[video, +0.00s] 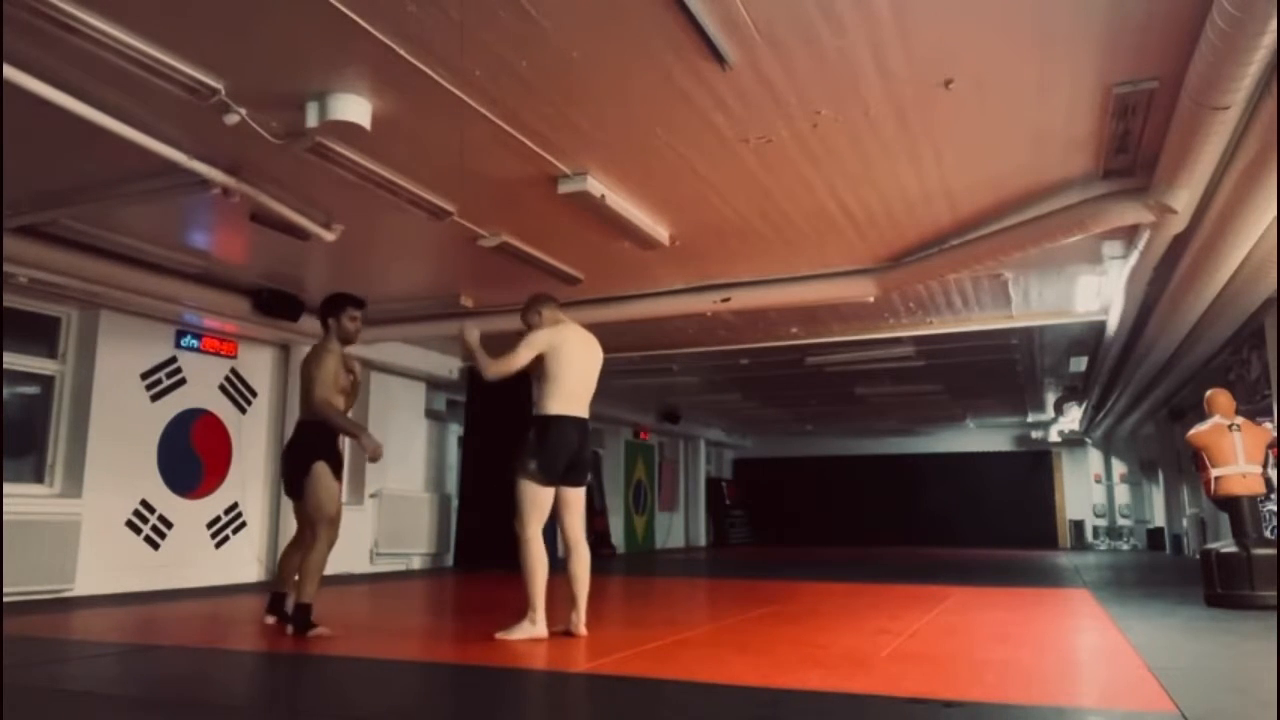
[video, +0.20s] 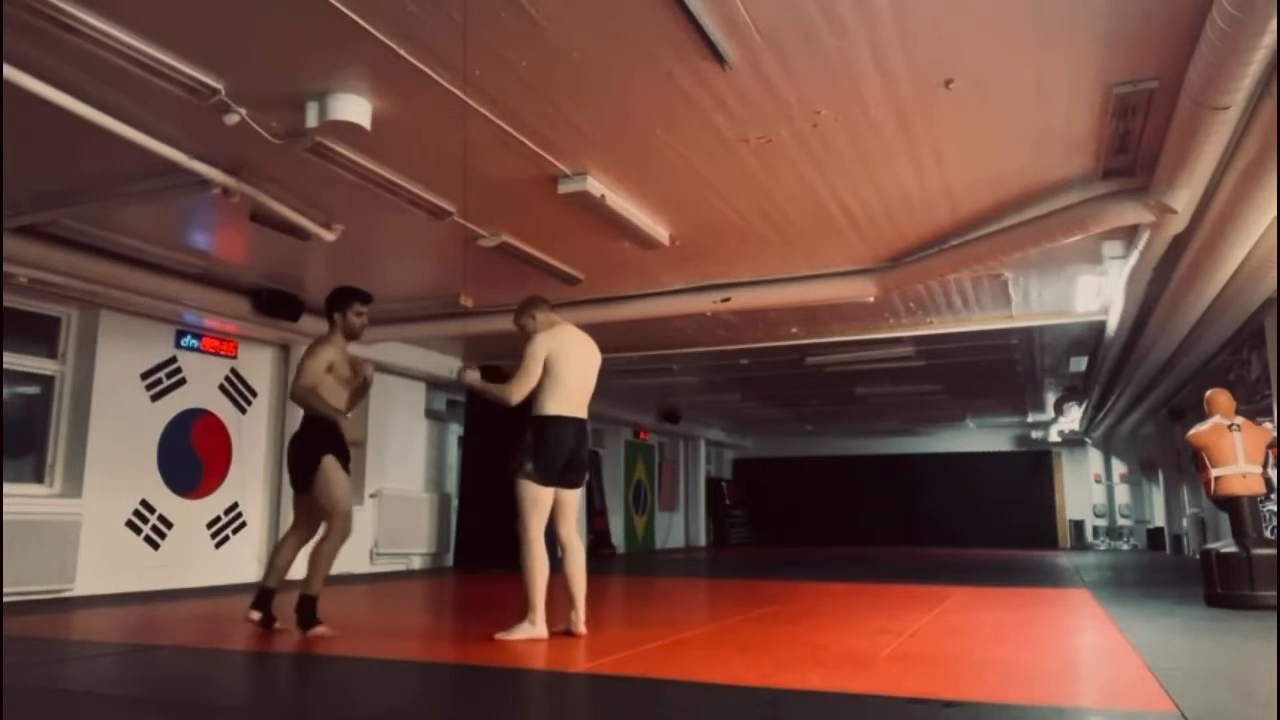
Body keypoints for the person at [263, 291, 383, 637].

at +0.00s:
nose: (358, 326)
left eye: (360, 320)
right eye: (352, 319)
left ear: (343, 324)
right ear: (332, 321)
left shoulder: (331, 355)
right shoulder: (328, 353)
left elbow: (340, 411)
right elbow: (320, 404)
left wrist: (355, 380)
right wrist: (362, 434)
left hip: (310, 447)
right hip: (316, 448)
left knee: (307, 532)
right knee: (325, 531)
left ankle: (278, 602)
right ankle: (302, 614)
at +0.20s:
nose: (364, 322)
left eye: (365, 316)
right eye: (358, 314)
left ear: (346, 318)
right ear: (338, 315)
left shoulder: (341, 354)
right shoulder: (325, 348)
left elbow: (346, 405)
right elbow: (299, 390)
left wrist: (364, 383)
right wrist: (336, 415)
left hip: (313, 444)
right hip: (317, 443)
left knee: (303, 527)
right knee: (341, 524)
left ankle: (262, 602)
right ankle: (307, 609)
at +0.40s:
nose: (367, 331)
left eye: (369, 324)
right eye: (361, 324)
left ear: (355, 327)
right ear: (339, 324)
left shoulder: (356, 367)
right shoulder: (322, 359)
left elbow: (366, 417)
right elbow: (294, 408)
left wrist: (386, 382)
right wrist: (338, 424)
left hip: (336, 457)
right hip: (322, 455)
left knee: (298, 538)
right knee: (362, 528)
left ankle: (257, 611)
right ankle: (343, 622)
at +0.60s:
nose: (372, 318)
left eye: (375, 311)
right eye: (366, 310)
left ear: (372, 315)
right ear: (345, 311)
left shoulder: (363, 355)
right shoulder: (327, 346)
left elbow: (375, 404)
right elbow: (309, 395)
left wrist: (398, 373)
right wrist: (358, 408)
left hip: (360, 441)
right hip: (331, 439)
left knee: (408, 503)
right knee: (351, 523)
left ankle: (345, 556)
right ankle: (341, 620)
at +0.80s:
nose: (380, 316)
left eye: (383, 310)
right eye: (374, 308)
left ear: (381, 313)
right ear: (353, 308)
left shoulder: (372, 355)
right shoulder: (328, 342)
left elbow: (385, 405)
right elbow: (312, 387)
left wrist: (410, 378)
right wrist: (362, 396)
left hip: (383, 430)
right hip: (352, 437)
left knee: (448, 399)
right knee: (360, 528)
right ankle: (345, 622)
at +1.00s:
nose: (377, 318)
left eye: (380, 312)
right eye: (372, 311)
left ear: (377, 315)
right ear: (350, 309)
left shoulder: (375, 355)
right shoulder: (327, 348)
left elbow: (385, 407)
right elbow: (306, 396)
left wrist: (411, 384)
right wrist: (353, 406)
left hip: (401, 424)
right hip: (371, 439)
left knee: (477, 400)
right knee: (373, 529)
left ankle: (553, 411)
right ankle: (355, 618)